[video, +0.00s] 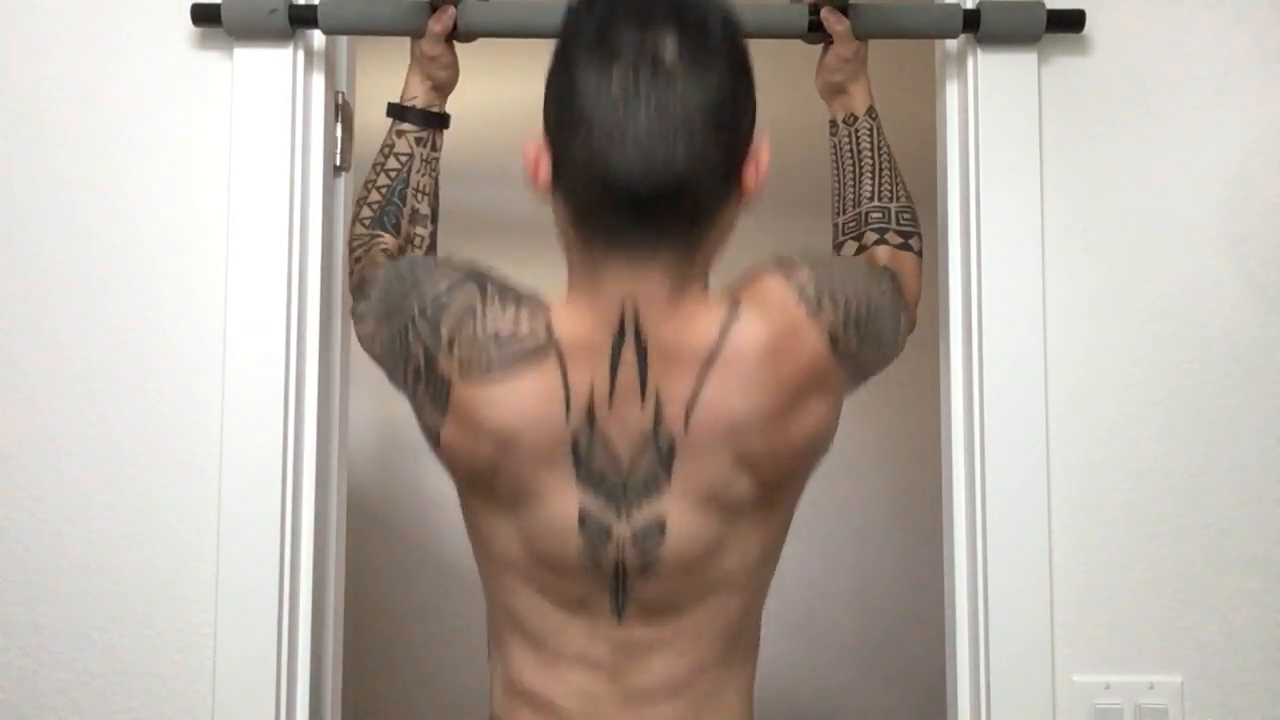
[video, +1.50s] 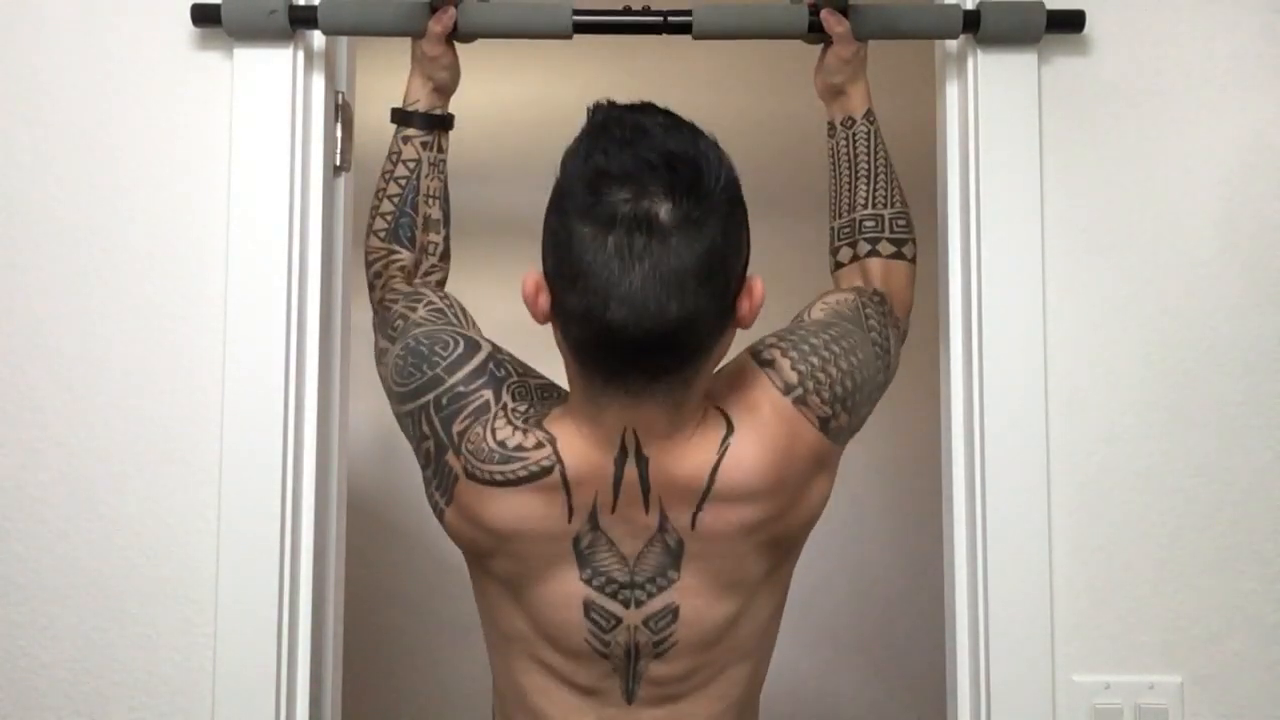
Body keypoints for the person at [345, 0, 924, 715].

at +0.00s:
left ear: (539, 170)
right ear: (753, 171)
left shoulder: (475, 356)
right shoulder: (795, 343)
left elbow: (379, 261)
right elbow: (892, 263)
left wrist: (423, 89)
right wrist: (850, 96)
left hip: (530, 708)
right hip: (711, 707)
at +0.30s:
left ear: (571, 1)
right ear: (723, 3)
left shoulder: (461, 137)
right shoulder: (803, 138)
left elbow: (370, 291)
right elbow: (892, 300)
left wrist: (419, 95)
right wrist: (855, 100)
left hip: (533, 620)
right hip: (723, 624)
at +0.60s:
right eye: (738, 7)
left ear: (568, 15)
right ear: (734, 15)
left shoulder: (464, 163)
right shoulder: (808, 166)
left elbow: (378, 293)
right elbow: (890, 300)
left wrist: (419, 99)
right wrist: (852, 103)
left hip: (536, 634)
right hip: (727, 637)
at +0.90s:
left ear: (543, 126)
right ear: (752, 127)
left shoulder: (475, 308)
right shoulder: (799, 309)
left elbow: (379, 263)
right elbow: (893, 263)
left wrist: (423, 95)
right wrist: (852, 97)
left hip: (534, 699)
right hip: (725, 700)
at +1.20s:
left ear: (542, 243)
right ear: (750, 247)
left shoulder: (489, 417)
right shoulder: (784, 408)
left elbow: (392, 264)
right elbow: (885, 269)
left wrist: (423, 90)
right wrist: (851, 97)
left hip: (533, 711)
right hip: (722, 712)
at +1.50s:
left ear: (540, 301)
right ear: (746, 305)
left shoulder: (494, 459)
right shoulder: (781, 437)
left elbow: (402, 278)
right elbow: (877, 281)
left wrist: (426, 93)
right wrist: (849, 99)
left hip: (530, 714)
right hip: (724, 714)